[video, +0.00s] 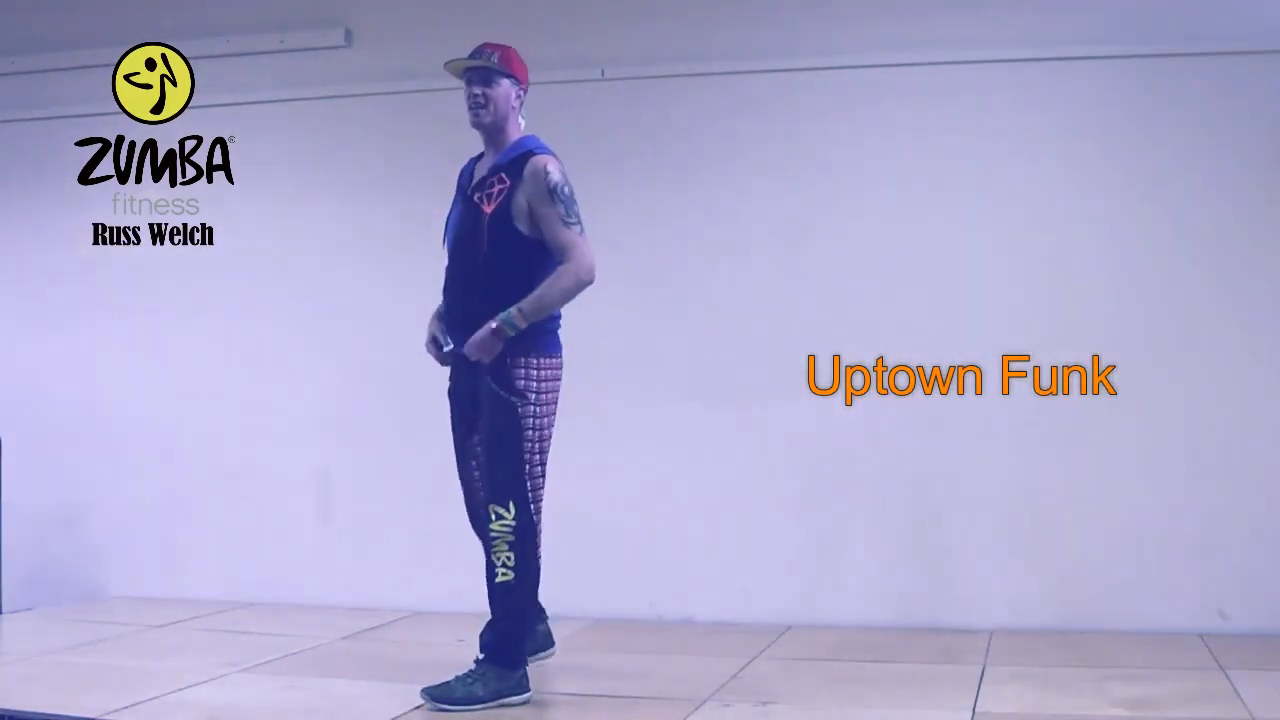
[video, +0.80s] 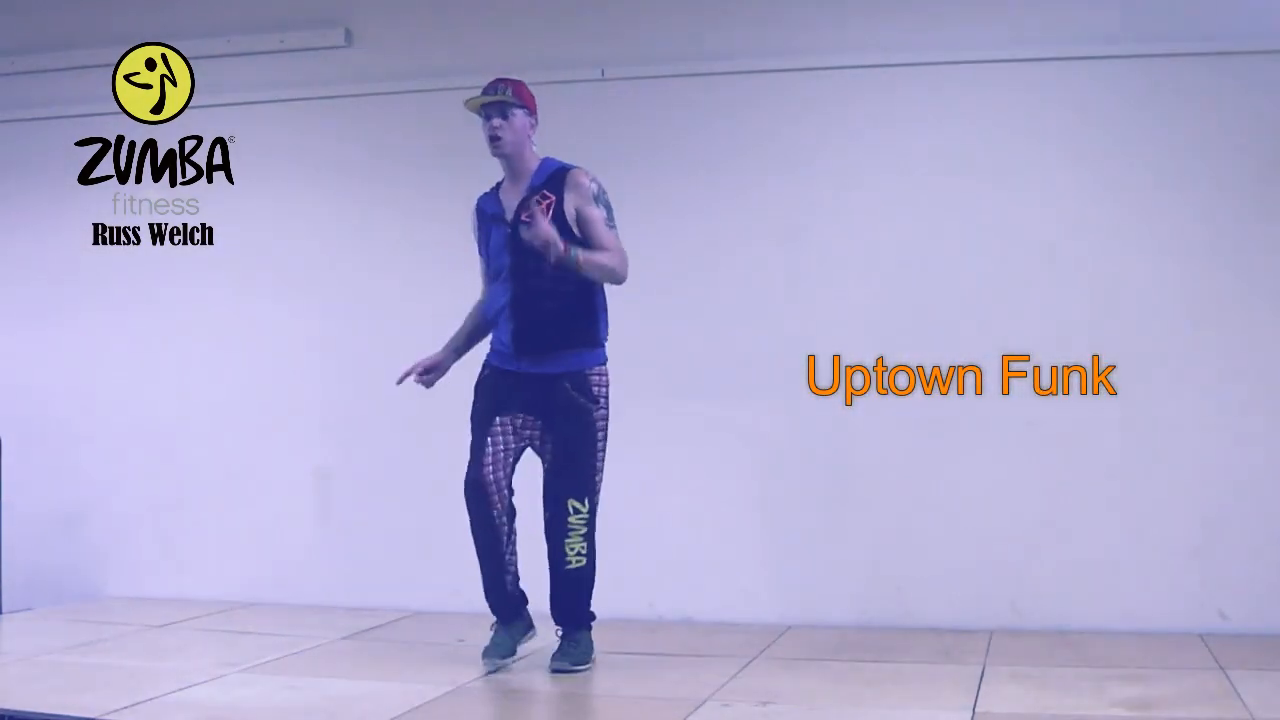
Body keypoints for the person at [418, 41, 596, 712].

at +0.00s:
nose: (474, 92)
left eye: (486, 81)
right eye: (468, 83)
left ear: (519, 92)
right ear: (465, 97)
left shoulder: (540, 168)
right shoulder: (471, 172)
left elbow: (579, 266)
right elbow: (467, 265)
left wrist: (503, 326)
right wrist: (440, 317)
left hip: (521, 363)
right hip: (472, 359)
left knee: (510, 504)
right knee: (483, 498)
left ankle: (504, 667)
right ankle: (527, 621)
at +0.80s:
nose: (492, 125)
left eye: (502, 115)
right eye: (485, 118)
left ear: (531, 122)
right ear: (482, 131)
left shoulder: (574, 184)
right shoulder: (487, 207)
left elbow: (617, 266)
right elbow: (495, 293)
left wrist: (558, 248)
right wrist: (448, 355)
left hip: (574, 373)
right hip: (506, 373)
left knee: (571, 504)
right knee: (484, 484)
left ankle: (575, 629)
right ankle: (510, 617)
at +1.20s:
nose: (490, 137)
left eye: (500, 127)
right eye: (482, 129)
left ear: (525, 133)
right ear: (475, 139)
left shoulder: (568, 192)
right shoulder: (472, 219)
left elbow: (615, 267)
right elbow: (469, 309)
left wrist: (574, 299)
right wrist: (466, 393)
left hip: (570, 368)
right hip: (506, 374)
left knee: (562, 497)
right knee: (509, 502)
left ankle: (568, 621)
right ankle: (517, 626)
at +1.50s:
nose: (512, 124)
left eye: (522, 113)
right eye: (502, 116)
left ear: (546, 121)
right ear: (493, 129)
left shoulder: (584, 185)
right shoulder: (489, 205)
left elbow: (645, 256)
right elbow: (482, 293)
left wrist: (641, 224)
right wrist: (460, 375)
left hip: (585, 370)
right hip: (520, 376)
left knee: (597, 503)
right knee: (524, 505)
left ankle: (621, 633)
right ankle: (518, 628)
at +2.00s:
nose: (543, 137)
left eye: (552, 125)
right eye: (532, 130)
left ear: (575, 128)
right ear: (523, 138)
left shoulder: (610, 200)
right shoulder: (524, 204)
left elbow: (629, 295)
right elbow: (518, 297)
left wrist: (657, 290)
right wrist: (505, 375)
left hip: (596, 375)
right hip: (535, 376)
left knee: (597, 502)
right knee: (508, 492)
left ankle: (621, 634)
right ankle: (561, 608)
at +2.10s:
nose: (540, 143)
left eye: (549, 131)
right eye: (530, 135)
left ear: (571, 133)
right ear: (521, 142)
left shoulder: (601, 205)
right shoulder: (517, 205)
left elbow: (620, 296)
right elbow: (511, 292)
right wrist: (498, 373)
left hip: (580, 382)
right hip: (520, 382)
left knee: (593, 512)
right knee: (482, 489)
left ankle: (620, 634)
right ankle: (511, 609)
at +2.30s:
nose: (518, 137)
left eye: (528, 126)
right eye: (509, 129)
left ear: (551, 128)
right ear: (499, 136)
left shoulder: (574, 204)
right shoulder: (488, 196)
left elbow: (585, 301)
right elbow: (472, 279)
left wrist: (522, 357)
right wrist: (451, 358)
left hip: (551, 371)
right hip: (490, 369)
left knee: (553, 494)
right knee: (491, 498)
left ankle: (600, 625)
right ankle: (486, 624)